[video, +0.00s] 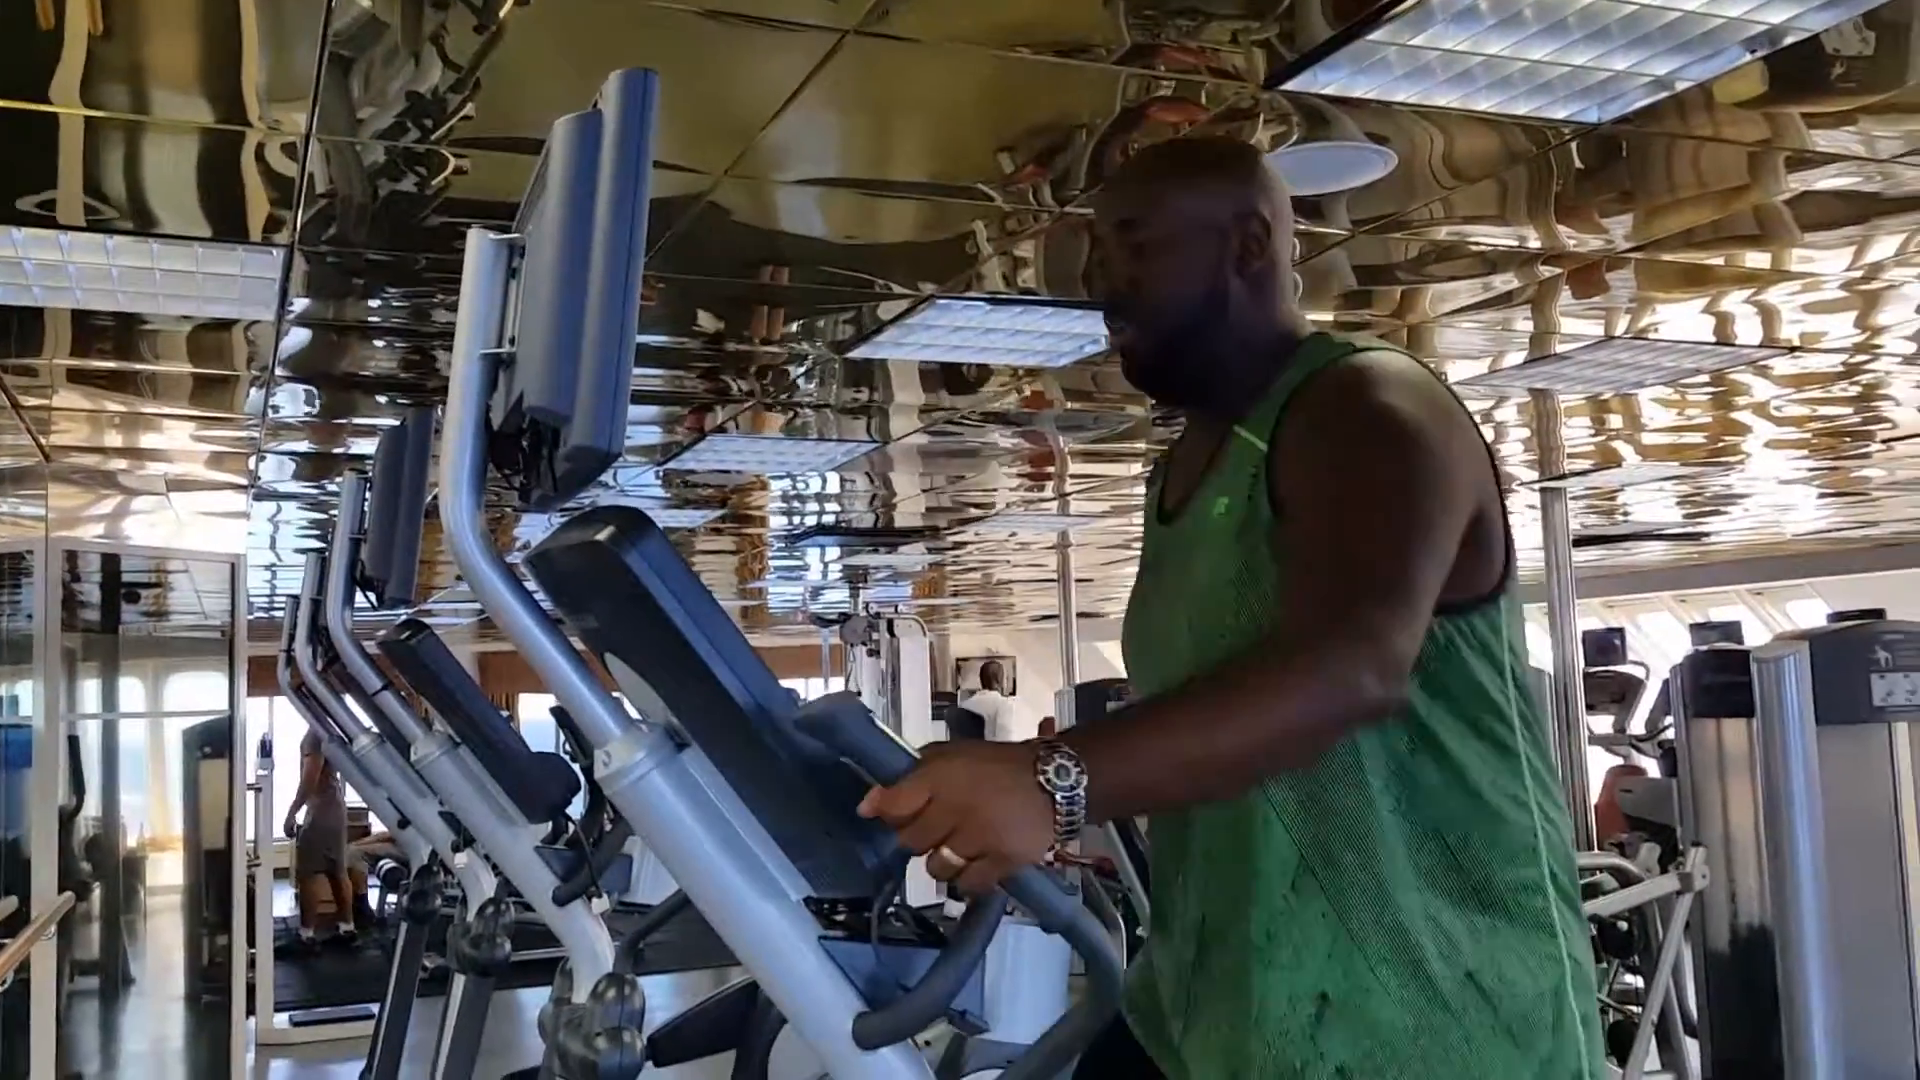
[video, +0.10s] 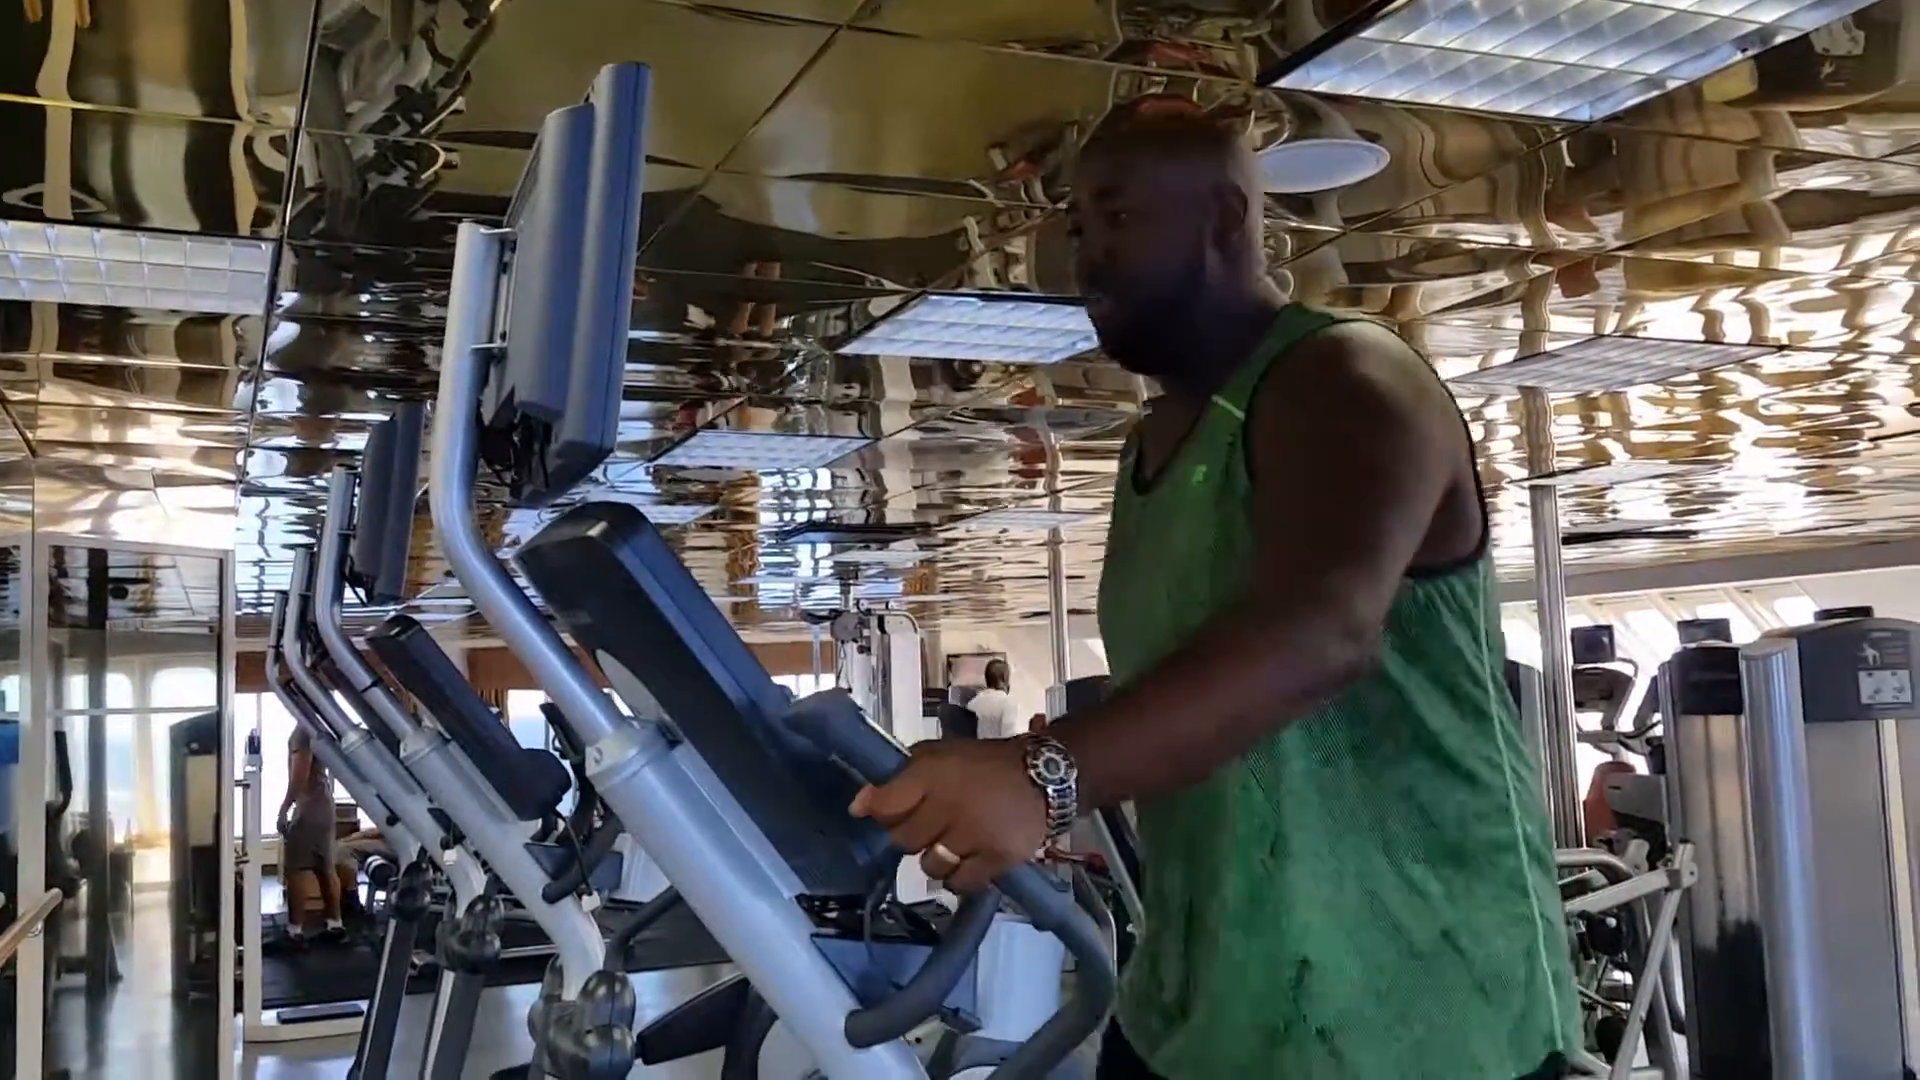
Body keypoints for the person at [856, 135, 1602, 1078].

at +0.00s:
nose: (1103, 286)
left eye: (1136, 246)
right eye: (1102, 255)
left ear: (1248, 245)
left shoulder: (1377, 409)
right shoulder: (1188, 456)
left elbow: (1360, 661)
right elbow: (1225, 702)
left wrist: (1062, 784)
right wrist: (1055, 772)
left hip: (1418, 1024)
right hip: (1231, 1009)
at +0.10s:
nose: (1087, 252)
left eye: (1116, 216)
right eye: (1079, 227)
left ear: (1223, 218)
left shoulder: (1355, 380)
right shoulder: (1159, 434)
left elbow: (1325, 629)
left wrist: (1050, 774)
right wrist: (1089, 735)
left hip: (1399, 1002)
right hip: (1214, 992)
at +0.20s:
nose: (1081, 249)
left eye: (1112, 213)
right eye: (1071, 223)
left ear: (1217, 219)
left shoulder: (1345, 380)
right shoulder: (1131, 437)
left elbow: (1326, 625)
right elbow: (1158, 660)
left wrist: (1071, 769)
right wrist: (1051, 745)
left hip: (1379, 993)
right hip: (1203, 990)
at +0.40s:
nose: (1076, 333)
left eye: (1109, 291)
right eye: (1071, 303)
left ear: (1217, 299)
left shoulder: (1342, 461)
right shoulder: (1098, 526)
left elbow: (1460, 715)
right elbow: (1044, 730)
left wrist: (1217, 793)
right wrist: (858, 761)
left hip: (1346, 1023)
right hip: (1157, 1025)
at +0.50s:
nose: (1078, 321)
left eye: (1110, 286)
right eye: (1071, 293)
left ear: (1218, 295)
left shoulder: (1351, 453)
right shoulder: (1089, 528)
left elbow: (1528, 700)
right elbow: (995, 724)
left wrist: (1317, 820)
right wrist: (789, 758)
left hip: (1353, 1002)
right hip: (1159, 1008)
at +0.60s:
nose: (1074, 279)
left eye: (1111, 248)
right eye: (1074, 252)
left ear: (1223, 265)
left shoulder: (1353, 431)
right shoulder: (1077, 501)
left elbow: (1562, 669)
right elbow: (956, 679)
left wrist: (1376, 838)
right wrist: (757, 752)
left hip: (1345, 998)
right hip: (1154, 997)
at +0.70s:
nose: (1073, 254)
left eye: (1110, 218)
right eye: (1070, 221)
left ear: (1225, 231)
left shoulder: (1354, 402)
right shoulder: (1073, 472)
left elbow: (1564, 646)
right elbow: (926, 658)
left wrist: (1387, 834)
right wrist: (742, 753)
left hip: (1359, 989)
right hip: (1157, 988)